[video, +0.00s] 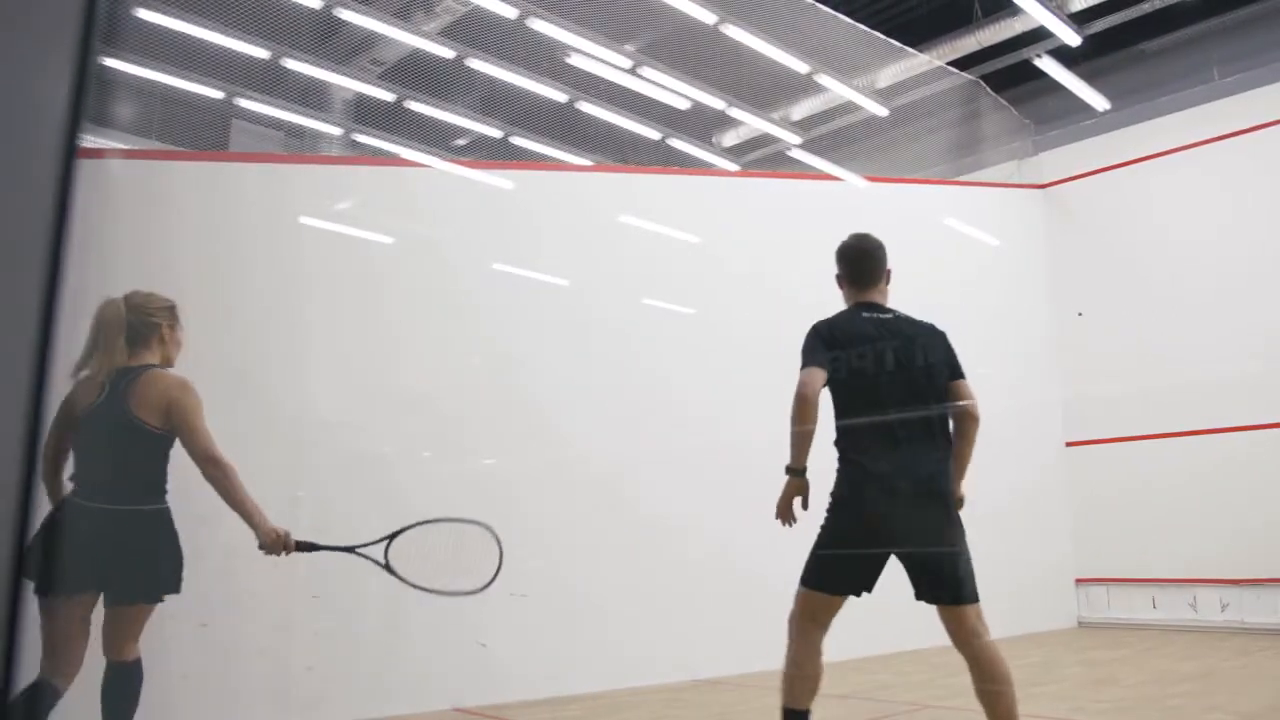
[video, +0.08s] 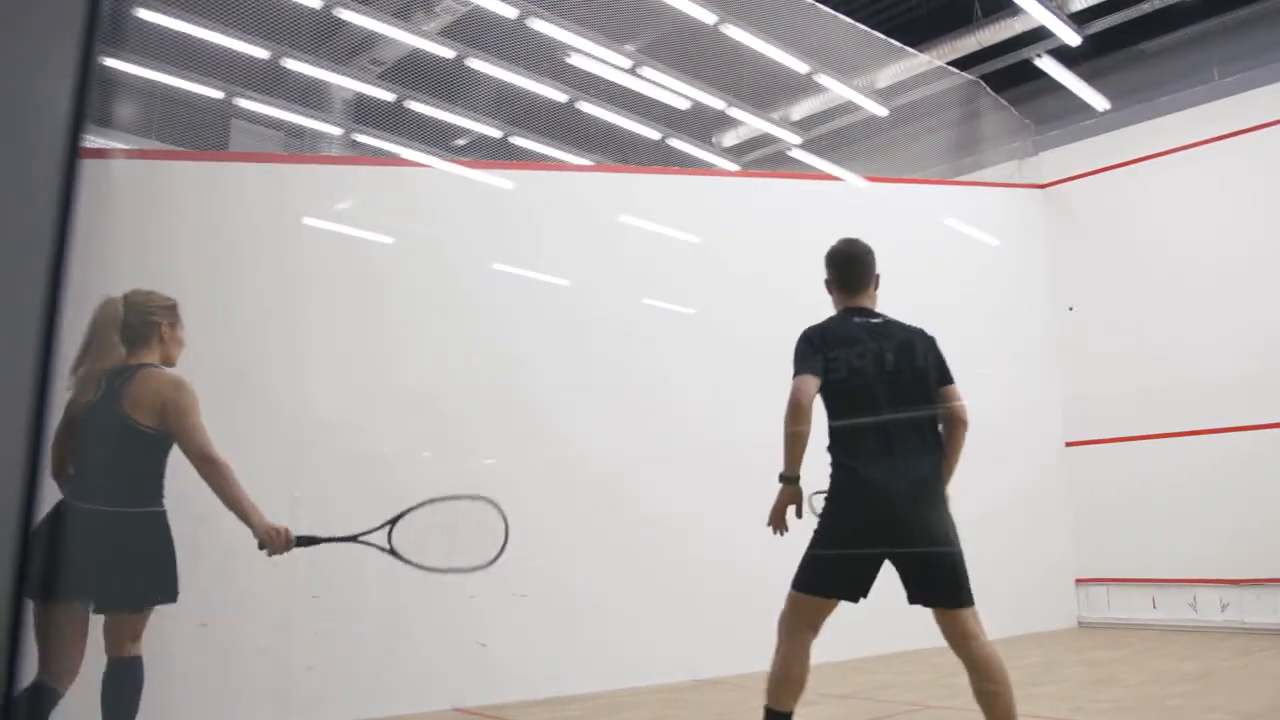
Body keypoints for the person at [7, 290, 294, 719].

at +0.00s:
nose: (181, 341)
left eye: (180, 332)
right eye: (178, 331)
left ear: (127, 334)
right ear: (163, 332)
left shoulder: (85, 390)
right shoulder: (172, 390)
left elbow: (52, 460)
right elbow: (212, 464)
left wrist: (61, 505)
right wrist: (263, 527)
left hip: (74, 536)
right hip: (140, 540)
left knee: (57, 669)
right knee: (123, 649)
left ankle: (25, 710)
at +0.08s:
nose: (183, 341)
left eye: (182, 331)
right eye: (180, 330)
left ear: (130, 333)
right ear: (162, 331)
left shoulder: (90, 384)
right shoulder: (168, 387)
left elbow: (60, 462)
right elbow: (207, 461)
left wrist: (89, 508)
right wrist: (260, 524)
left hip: (68, 536)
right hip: (133, 539)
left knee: (56, 671)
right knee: (124, 650)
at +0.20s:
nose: (188, 339)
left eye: (188, 329)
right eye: (185, 328)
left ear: (134, 331)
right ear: (166, 330)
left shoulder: (93, 384)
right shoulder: (168, 386)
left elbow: (74, 467)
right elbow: (203, 459)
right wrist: (256, 523)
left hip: (67, 536)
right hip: (129, 541)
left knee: (55, 668)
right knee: (132, 657)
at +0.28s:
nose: (194, 336)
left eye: (193, 326)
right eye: (190, 325)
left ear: (138, 329)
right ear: (170, 328)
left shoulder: (97, 381)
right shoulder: (168, 382)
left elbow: (86, 466)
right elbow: (202, 458)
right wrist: (256, 522)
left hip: (67, 535)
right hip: (129, 540)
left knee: (57, 667)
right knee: (142, 665)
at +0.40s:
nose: (203, 330)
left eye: (202, 319)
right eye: (199, 318)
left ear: (143, 323)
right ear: (179, 321)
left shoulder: (106, 376)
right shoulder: (173, 375)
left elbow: (98, 467)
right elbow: (202, 452)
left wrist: (157, 499)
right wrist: (254, 516)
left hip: (72, 532)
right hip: (131, 537)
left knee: (58, 672)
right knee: (159, 677)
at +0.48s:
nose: (211, 323)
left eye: (209, 313)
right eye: (206, 313)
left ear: (151, 318)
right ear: (187, 315)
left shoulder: (113, 371)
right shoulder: (179, 369)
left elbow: (103, 463)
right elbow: (201, 446)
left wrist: (169, 494)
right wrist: (251, 511)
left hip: (80, 529)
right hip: (140, 534)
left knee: (64, 669)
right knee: (173, 679)